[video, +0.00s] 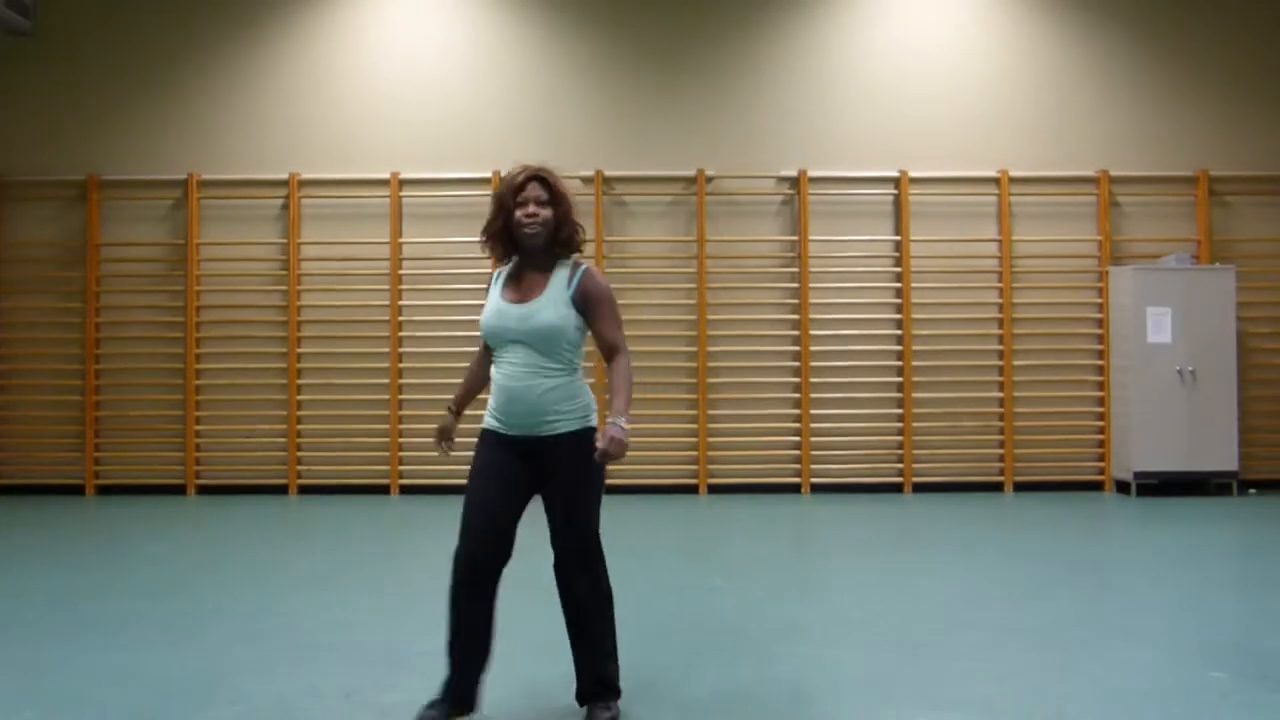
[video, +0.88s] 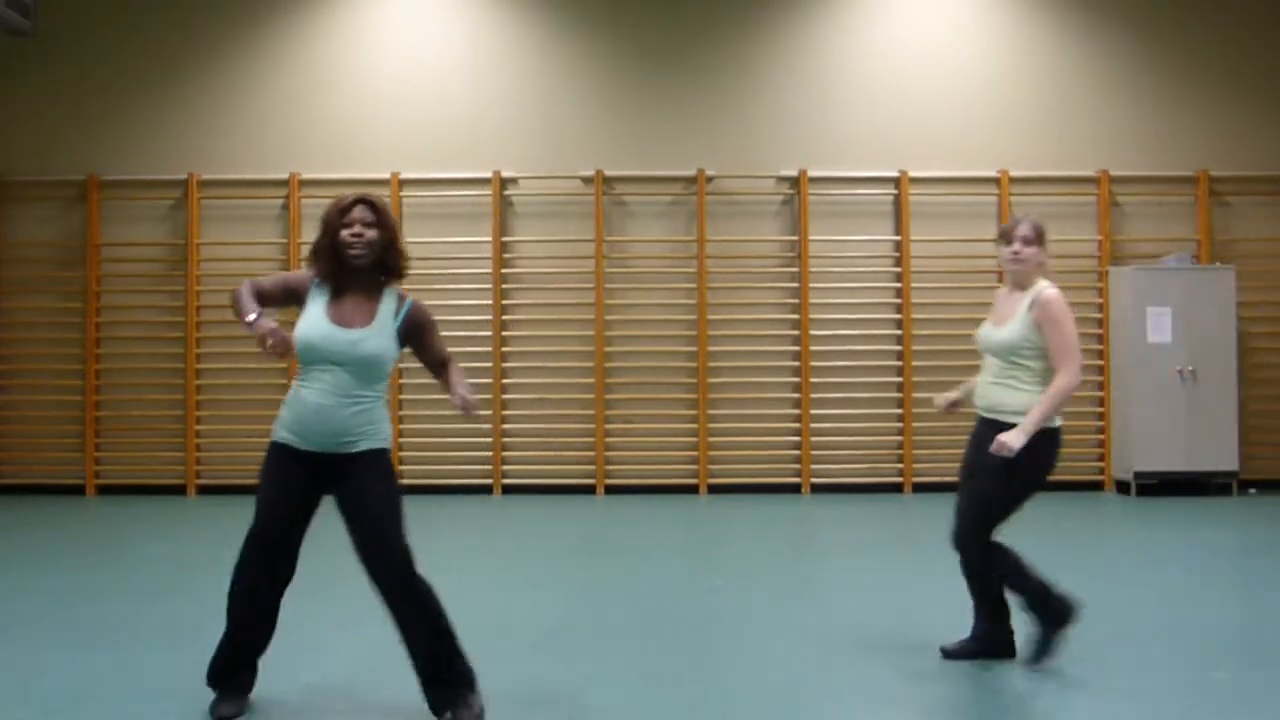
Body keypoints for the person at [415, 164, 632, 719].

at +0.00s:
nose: (533, 212)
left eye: (543, 203)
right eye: (523, 204)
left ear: (559, 214)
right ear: (508, 216)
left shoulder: (583, 280)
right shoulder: (500, 279)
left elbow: (617, 353)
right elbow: (488, 354)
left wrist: (619, 420)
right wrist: (454, 411)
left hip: (569, 443)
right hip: (502, 441)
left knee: (579, 567)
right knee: (473, 562)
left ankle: (600, 697)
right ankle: (459, 693)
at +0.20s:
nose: (504, 224)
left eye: (514, 216)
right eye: (494, 216)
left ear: (530, 226)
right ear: (477, 227)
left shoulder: (549, 295)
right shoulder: (462, 287)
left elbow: (579, 368)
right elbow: (438, 351)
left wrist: (586, 422)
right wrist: (386, 375)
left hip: (525, 448)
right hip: (457, 447)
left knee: (548, 568)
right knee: (436, 566)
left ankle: (598, 697)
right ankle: (406, 697)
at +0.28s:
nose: (489, 226)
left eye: (499, 217)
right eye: (478, 218)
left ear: (515, 228)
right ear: (461, 228)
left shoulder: (533, 299)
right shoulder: (441, 290)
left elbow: (561, 374)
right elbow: (402, 353)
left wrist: (572, 424)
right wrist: (355, 359)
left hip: (500, 450)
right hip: (434, 447)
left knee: (515, 566)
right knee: (416, 568)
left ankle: (585, 691)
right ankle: (409, 695)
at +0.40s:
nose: (466, 224)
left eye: (476, 216)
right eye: (455, 216)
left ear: (490, 226)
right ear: (438, 226)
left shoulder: (513, 298)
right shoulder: (416, 288)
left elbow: (539, 373)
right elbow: (376, 352)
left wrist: (562, 425)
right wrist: (358, 333)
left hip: (476, 443)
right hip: (411, 442)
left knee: (461, 557)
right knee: (403, 569)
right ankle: (408, 690)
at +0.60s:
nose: (428, 219)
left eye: (439, 212)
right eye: (418, 213)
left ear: (458, 226)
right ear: (403, 227)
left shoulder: (480, 298)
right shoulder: (385, 287)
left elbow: (519, 371)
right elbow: (329, 341)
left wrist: (555, 428)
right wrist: (349, 322)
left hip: (446, 447)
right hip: (380, 443)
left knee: (447, 570)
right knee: (348, 556)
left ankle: (473, 692)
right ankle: (362, 674)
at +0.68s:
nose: (410, 218)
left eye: (422, 211)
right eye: (401, 211)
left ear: (440, 226)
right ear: (387, 225)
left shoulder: (464, 297)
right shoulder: (367, 287)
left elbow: (507, 366)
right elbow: (301, 316)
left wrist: (542, 417)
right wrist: (315, 316)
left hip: (429, 446)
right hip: (363, 443)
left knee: (441, 570)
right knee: (320, 563)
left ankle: (472, 694)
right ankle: (300, 676)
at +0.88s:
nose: (358, 233)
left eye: (369, 226)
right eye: (348, 225)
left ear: (386, 239)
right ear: (332, 237)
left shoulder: (405, 310)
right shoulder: (311, 286)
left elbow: (443, 364)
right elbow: (244, 291)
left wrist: (458, 389)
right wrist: (257, 319)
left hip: (363, 455)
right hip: (294, 449)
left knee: (393, 571)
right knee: (262, 566)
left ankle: (455, 695)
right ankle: (230, 688)